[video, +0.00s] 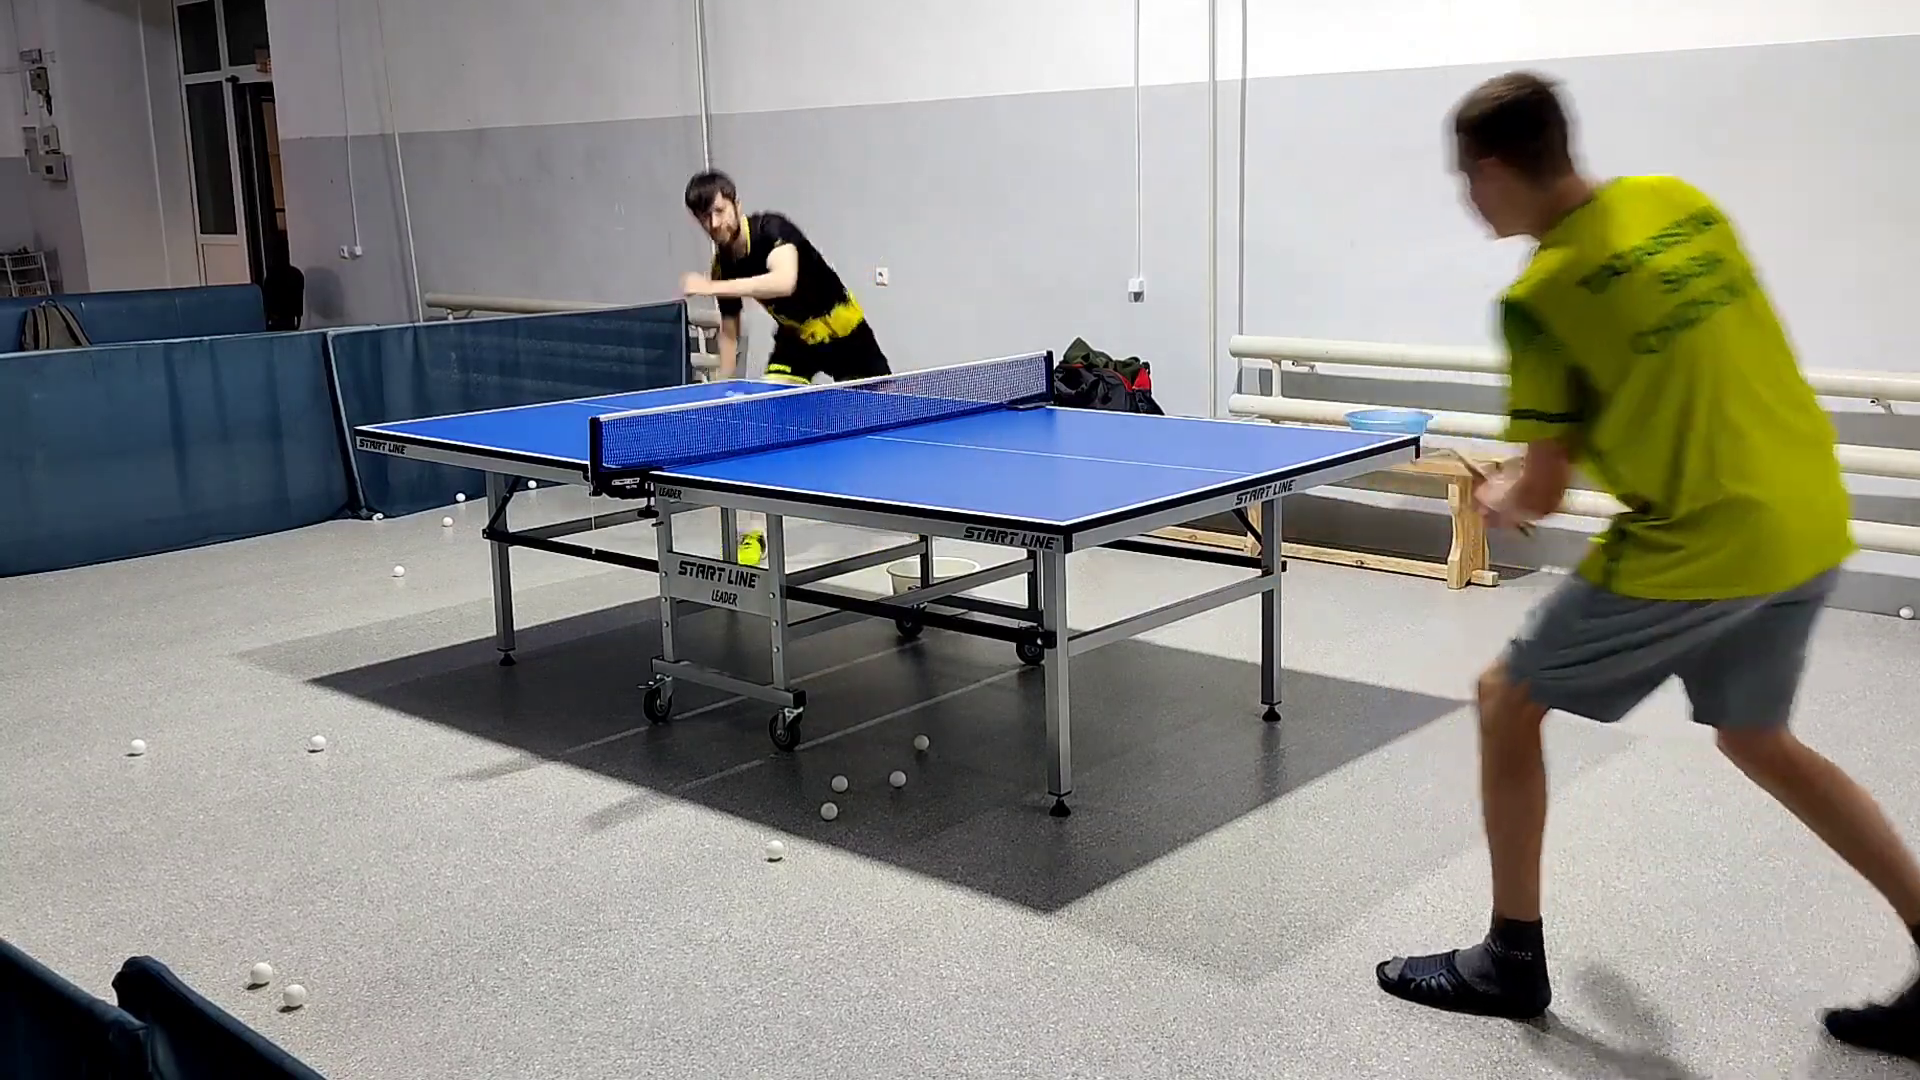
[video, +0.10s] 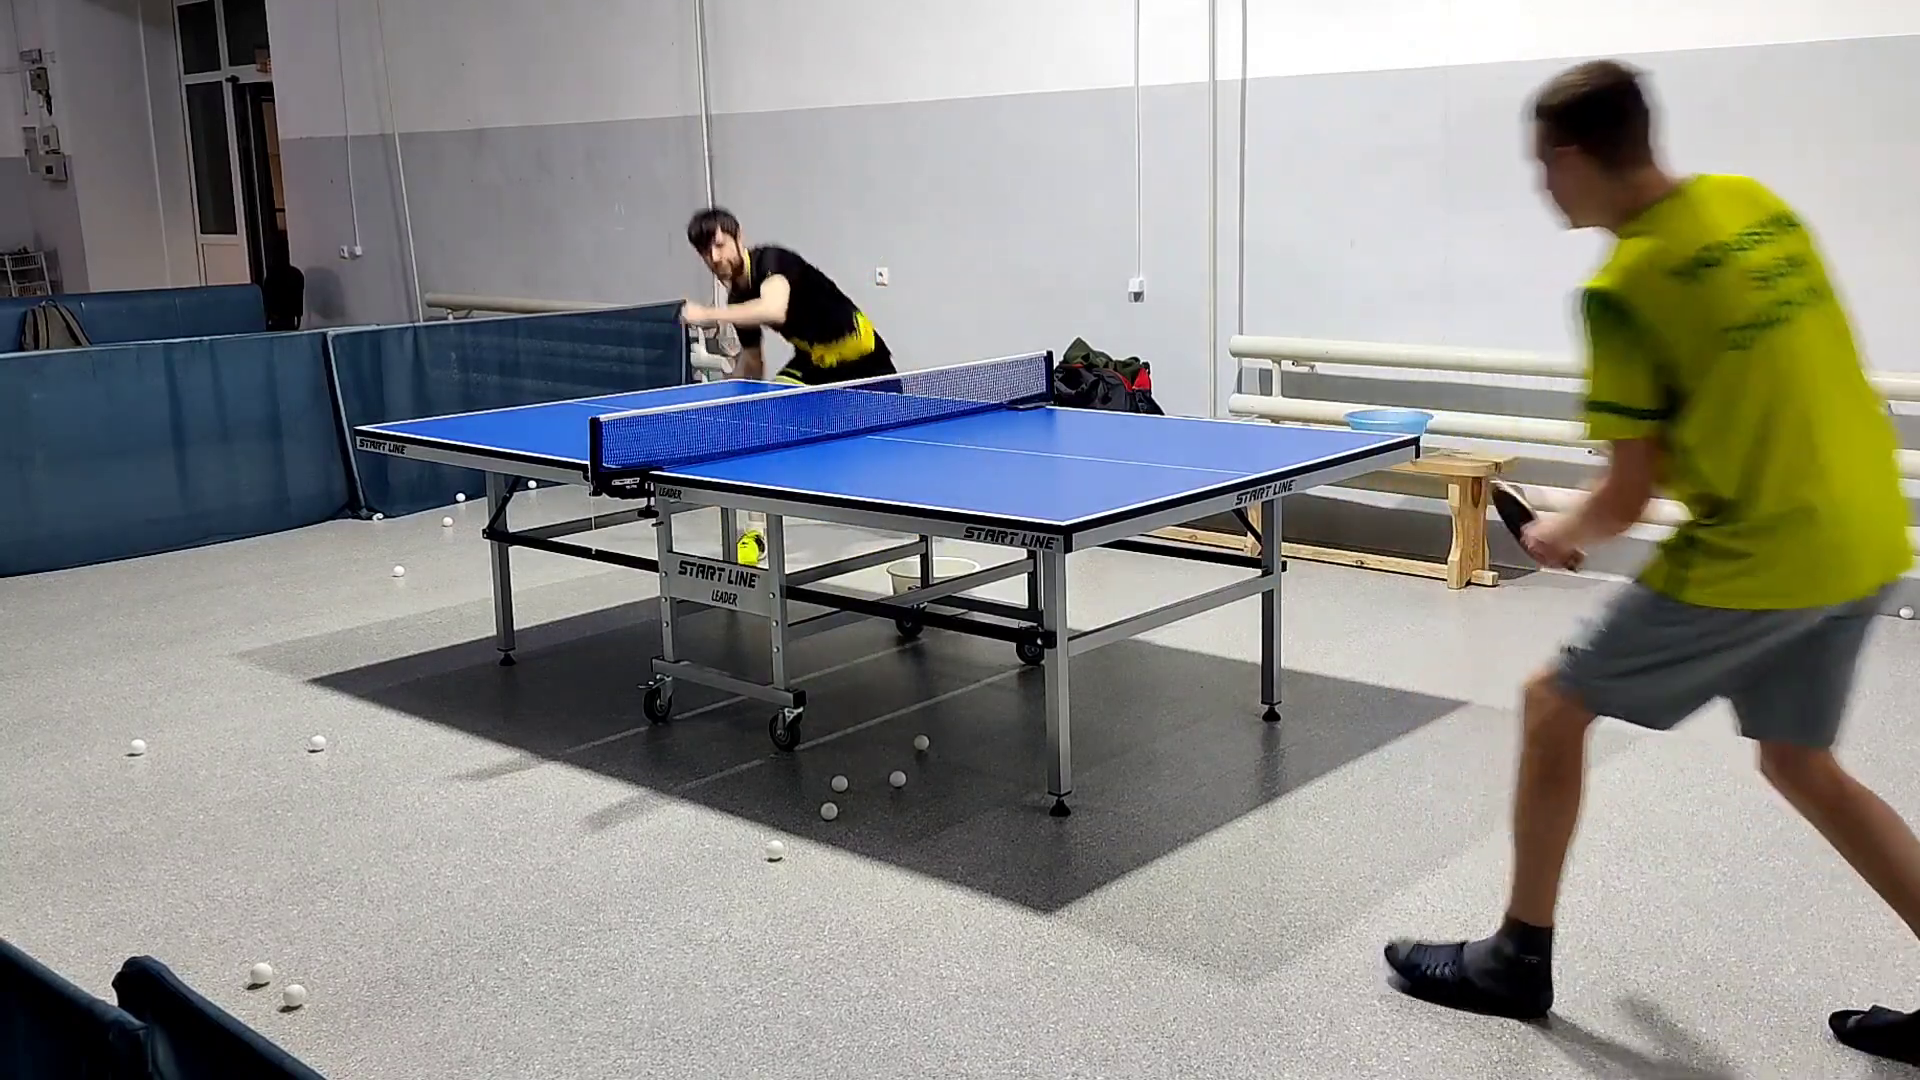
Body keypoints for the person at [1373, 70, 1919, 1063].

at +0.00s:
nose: (1470, 203)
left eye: (1471, 181)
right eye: (1466, 182)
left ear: (1506, 171)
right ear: (1559, 152)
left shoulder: (1541, 295)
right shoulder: (1680, 201)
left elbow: (1548, 478)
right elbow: (1701, 373)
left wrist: (1512, 502)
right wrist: (1567, 456)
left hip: (1689, 548)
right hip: (1812, 521)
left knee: (1506, 697)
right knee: (1754, 735)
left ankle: (1510, 956)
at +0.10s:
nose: (1545, 190)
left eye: (1548, 167)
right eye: (1542, 168)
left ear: (1585, 157)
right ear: (1639, 144)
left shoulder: (1625, 287)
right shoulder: (1754, 201)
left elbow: (1628, 492)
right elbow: (1806, 373)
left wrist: (1558, 535)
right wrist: (1664, 470)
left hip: (1751, 559)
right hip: (1864, 536)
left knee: (1555, 703)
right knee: (1797, 758)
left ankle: (1519, 957)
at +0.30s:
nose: (1672, 168)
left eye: (1678, 145)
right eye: (1670, 147)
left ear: (1727, 135)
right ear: (1766, 127)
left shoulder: (1778, 270)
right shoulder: (1878, 192)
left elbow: (1777, 487)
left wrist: (1644, 550)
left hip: (1868, 569)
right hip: (1919, 557)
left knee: (1667, 721)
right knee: (1847, 766)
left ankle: (1624, 995)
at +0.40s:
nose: (1708, 141)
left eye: (1714, 116)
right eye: (1706, 118)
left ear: (1765, 110)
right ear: (1814, 101)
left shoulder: (1832, 248)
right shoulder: (1905, 174)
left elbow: (1833, 470)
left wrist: (1686, 546)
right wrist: (1703, 538)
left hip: (1894, 553)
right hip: (1915, 546)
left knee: (1736, 740)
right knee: (1871, 751)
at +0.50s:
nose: (1735, 123)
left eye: (1739, 99)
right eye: (1732, 101)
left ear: (1786, 95)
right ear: (1836, 86)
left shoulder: (1874, 237)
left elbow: (1872, 463)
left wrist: (1714, 548)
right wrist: (1721, 546)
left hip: (1913, 567)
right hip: (1912, 562)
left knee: (1842, 787)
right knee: (1885, 788)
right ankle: (1919, 1019)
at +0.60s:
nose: (1750, 136)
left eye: (1753, 111)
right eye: (1747, 113)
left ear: (1804, 104)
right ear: (1835, 97)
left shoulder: (1900, 244)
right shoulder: (1901, 198)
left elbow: (1904, 476)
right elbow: (1912, 447)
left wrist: (1738, 573)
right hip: (1915, 585)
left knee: (1885, 799)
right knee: (1881, 785)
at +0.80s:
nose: (1785, 146)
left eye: (1792, 122)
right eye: (1782, 124)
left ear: (1859, 109)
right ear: (1861, 112)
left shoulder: (1908, 226)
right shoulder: (1891, 224)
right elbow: (1919, 417)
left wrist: (1881, 529)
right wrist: (1902, 536)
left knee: (1906, 759)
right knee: (1903, 756)